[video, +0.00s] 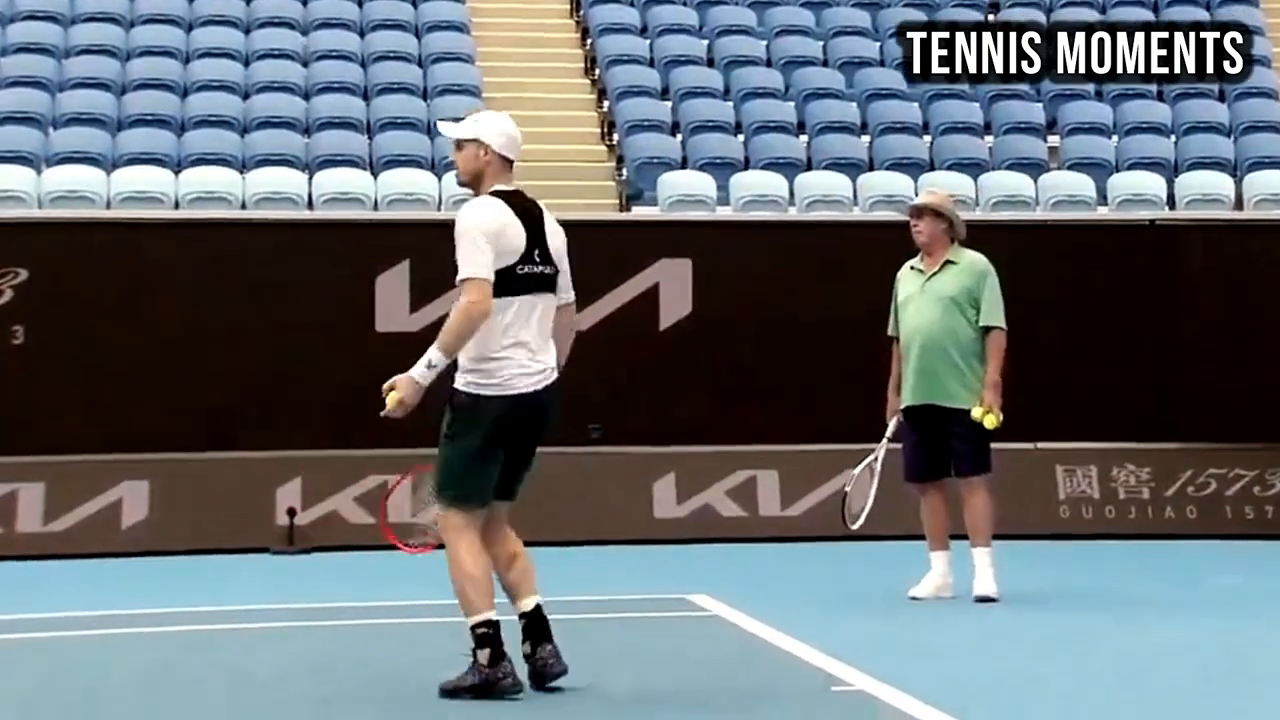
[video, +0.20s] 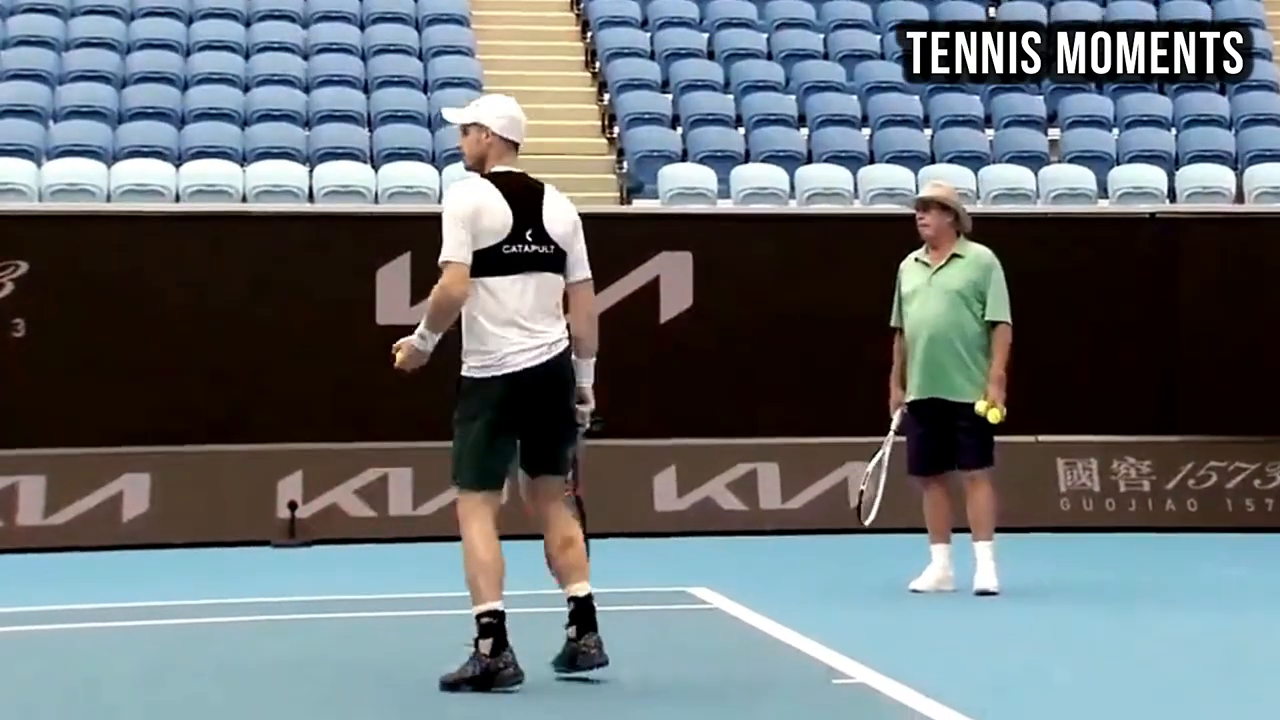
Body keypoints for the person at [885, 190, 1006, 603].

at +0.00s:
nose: (913, 225)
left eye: (921, 218)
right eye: (912, 219)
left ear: (945, 223)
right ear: (916, 227)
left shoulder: (977, 267)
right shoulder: (906, 274)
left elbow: (995, 330)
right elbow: (898, 342)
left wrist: (992, 382)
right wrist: (893, 395)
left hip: (965, 396)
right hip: (917, 397)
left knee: (972, 481)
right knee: (928, 484)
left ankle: (983, 568)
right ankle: (939, 571)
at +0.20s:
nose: (921, 218)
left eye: (929, 211)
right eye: (919, 212)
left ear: (952, 216)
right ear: (918, 219)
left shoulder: (982, 261)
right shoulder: (909, 267)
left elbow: (1002, 325)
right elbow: (901, 334)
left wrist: (997, 378)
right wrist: (896, 387)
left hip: (969, 389)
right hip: (921, 390)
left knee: (975, 475)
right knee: (931, 478)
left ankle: (985, 563)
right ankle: (941, 565)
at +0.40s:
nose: (930, 205)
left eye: (938, 198)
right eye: (928, 198)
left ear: (960, 203)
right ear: (926, 205)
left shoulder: (991, 249)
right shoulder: (915, 252)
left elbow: (1009, 314)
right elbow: (906, 318)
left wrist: (1005, 368)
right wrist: (903, 370)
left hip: (977, 377)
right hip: (928, 377)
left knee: (980, 463)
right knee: (936, 465)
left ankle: (986, 550)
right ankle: (942, 551)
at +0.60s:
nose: (949, 195)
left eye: (957, 188)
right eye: (946, 189)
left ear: (979, 194)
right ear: (943, 196)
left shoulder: (1008, 240)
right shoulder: (933, 242)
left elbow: (1027, 306)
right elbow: (924, 307)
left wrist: (1024, 360)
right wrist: (920, 359)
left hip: (995, 369)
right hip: (946, 368)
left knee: (996, 454)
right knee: (951, 457)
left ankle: (998, 541)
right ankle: (953, 542)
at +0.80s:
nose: (974, 194)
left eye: (983, 188)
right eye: (971, 188)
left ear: (1004, 193)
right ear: (968, 195)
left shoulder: (1034, 240)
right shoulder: (957, 241)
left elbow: (1052, 306)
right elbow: (948, 307)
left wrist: (1049, 362)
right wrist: (943, 358)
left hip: (1019, 370)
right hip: (969, 369)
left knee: (1017, 456)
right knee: (972, 458)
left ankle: (1016, 543)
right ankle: (970, 542)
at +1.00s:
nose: (990, 193)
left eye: (998, 187)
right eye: (986, 187)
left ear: (1018, 192)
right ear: (982, 194)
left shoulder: (1047, 239)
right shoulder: (972, 239)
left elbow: (1065, 305)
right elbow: (960, 306)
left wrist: (1059, 358)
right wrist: (953, 358)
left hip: (1029, 370)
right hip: (978, 368)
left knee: (1025, 455)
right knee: (974, 456)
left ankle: (1022, 543)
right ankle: (975, 540)